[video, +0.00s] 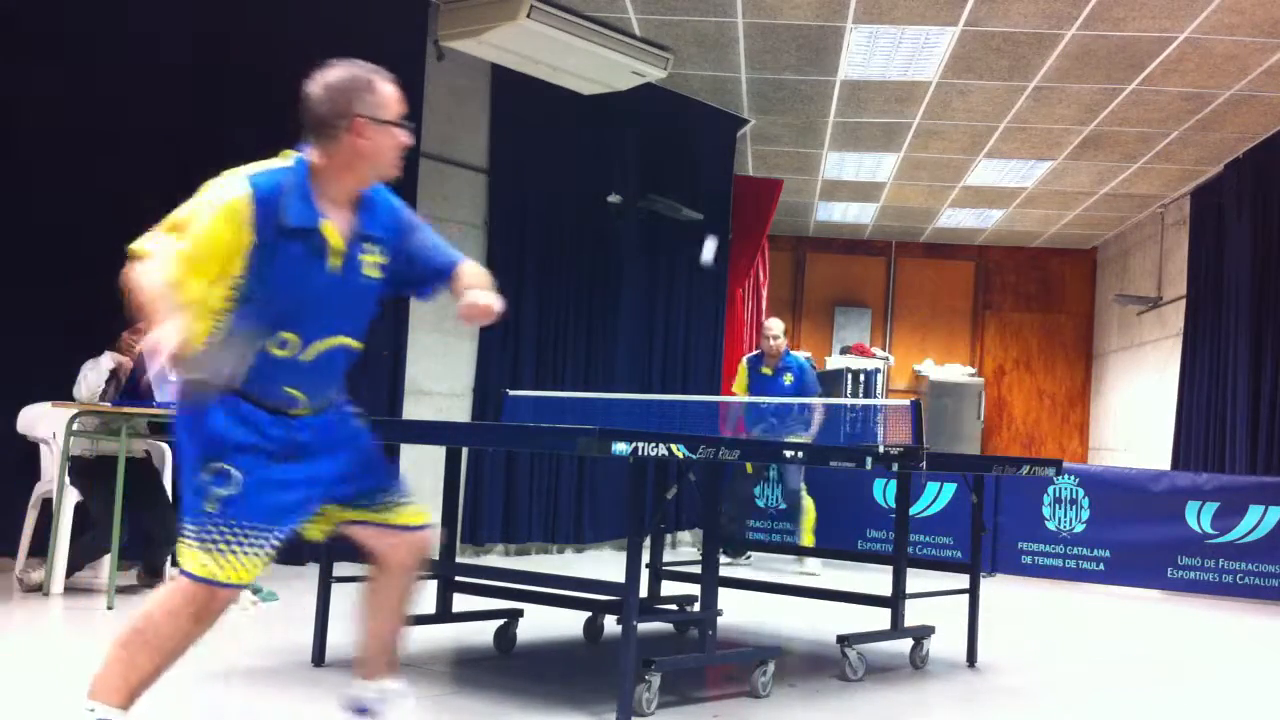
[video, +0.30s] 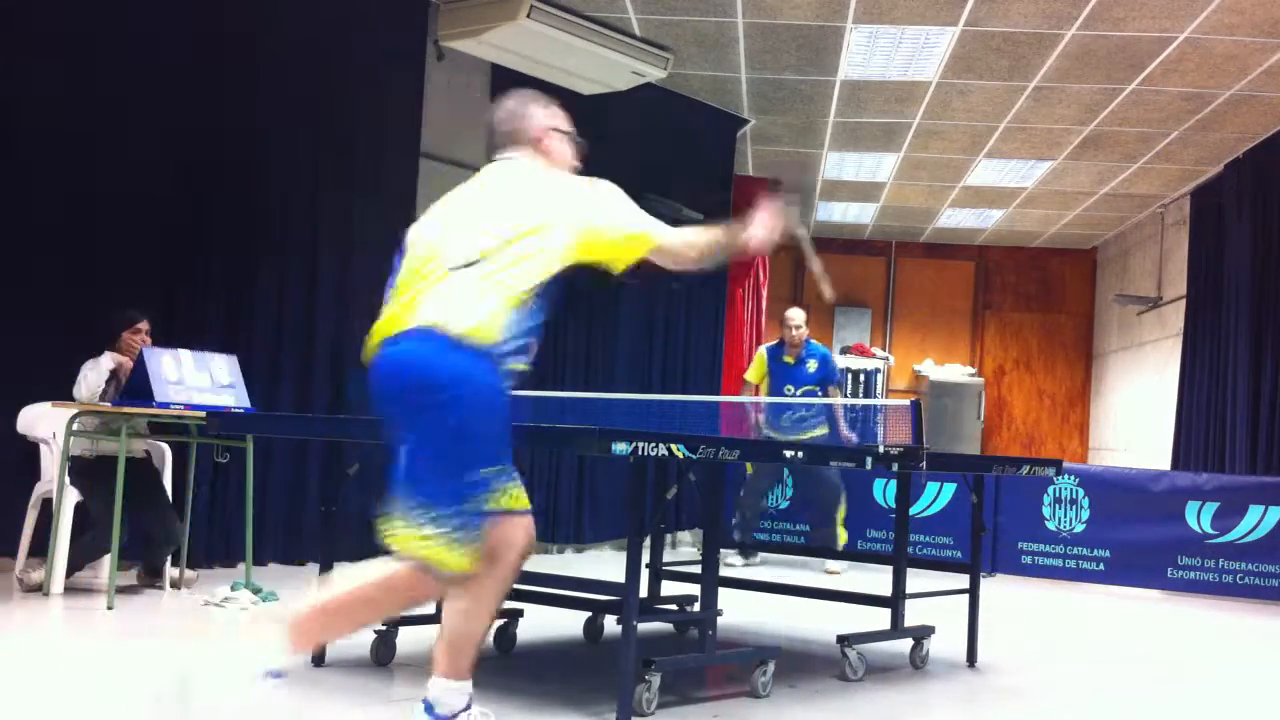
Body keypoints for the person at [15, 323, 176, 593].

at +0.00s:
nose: (138, 344)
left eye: (145, 339)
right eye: (133, 337)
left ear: (153, 341)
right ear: (122, 340)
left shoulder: (159, 368)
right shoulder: (103, 366)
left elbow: (173, 400)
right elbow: (83, 395)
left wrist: (162, 358)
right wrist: (111, 359)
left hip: (134, 456)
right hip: (91, 457)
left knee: (165, 528)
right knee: (111, 529)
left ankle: (151, 574)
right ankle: (51, 573)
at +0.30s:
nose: (143, 339)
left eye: (147, 333)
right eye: (136, 332)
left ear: (150, 338)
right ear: (118, 335)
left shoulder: (152, 369)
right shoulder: (100, 365)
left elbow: (172, 398)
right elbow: (83, 395)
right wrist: (111, 365)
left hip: (134, 458)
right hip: (92, 457)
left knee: (168, 529)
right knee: (109, 531)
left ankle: (152, 571)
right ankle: (51, 573)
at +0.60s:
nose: (143, 339)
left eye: (147, 334)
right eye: (136, 332)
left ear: (150, 340)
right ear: (120, 335)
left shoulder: (153, 370)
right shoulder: (99, 365)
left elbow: (174, 397)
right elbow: (82, 395)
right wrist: (110, 362)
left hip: (134, 458)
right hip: (91, 458)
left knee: (170, 532)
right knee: (110, 530)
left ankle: (152, 572)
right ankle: (53, 573)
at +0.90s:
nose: (144, 339)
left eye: (148, 335)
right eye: (138, 333)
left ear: (150, 339)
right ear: (120, 335)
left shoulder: (152, 369)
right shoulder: (99, 365)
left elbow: (173, 397)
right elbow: (83, 395)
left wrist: (150, 364)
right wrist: (109, 360)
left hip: (134, 458)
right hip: (91, 457)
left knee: (169, 531)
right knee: (110, 529)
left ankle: (152, 572)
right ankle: (53, 572)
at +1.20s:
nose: (144, 340)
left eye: (148, 335)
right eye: (138, 333)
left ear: (150, 339)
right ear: (120, 334)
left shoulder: (152, 369)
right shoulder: (98, 366)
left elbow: (173, 397)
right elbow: (83, 395)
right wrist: (108, 361)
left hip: (134, 457)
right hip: (91, 457)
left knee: (169, 532)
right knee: (110, 530)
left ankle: (152, 572)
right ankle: (53, 573)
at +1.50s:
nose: (140, 339)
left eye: (145, 334)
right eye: (133, 333)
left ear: (149, 340)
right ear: (116, 336)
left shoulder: (152, 371)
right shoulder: (96, 367)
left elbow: (172, 398)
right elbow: (84, 394)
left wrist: (152, 367)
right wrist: (116, 368)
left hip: (134, 458)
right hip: (91, 458)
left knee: (170, 531)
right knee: (111, 530)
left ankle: (152, 571)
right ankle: (53, 573)